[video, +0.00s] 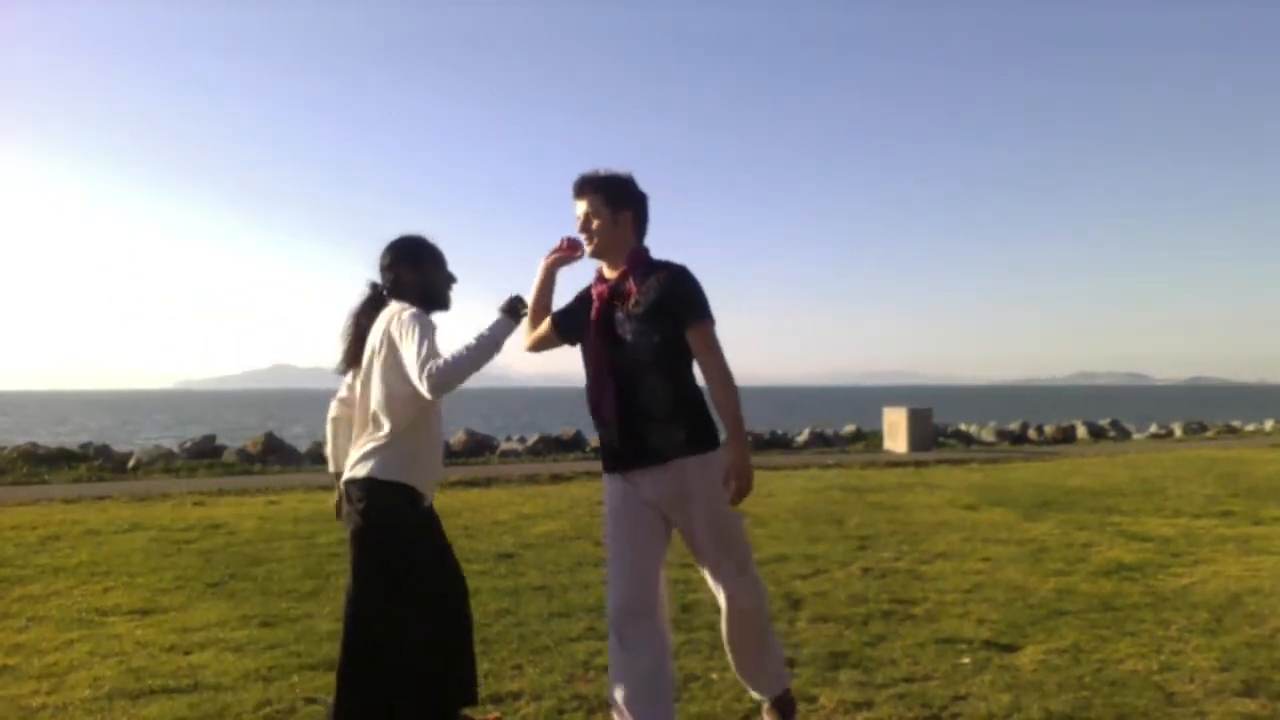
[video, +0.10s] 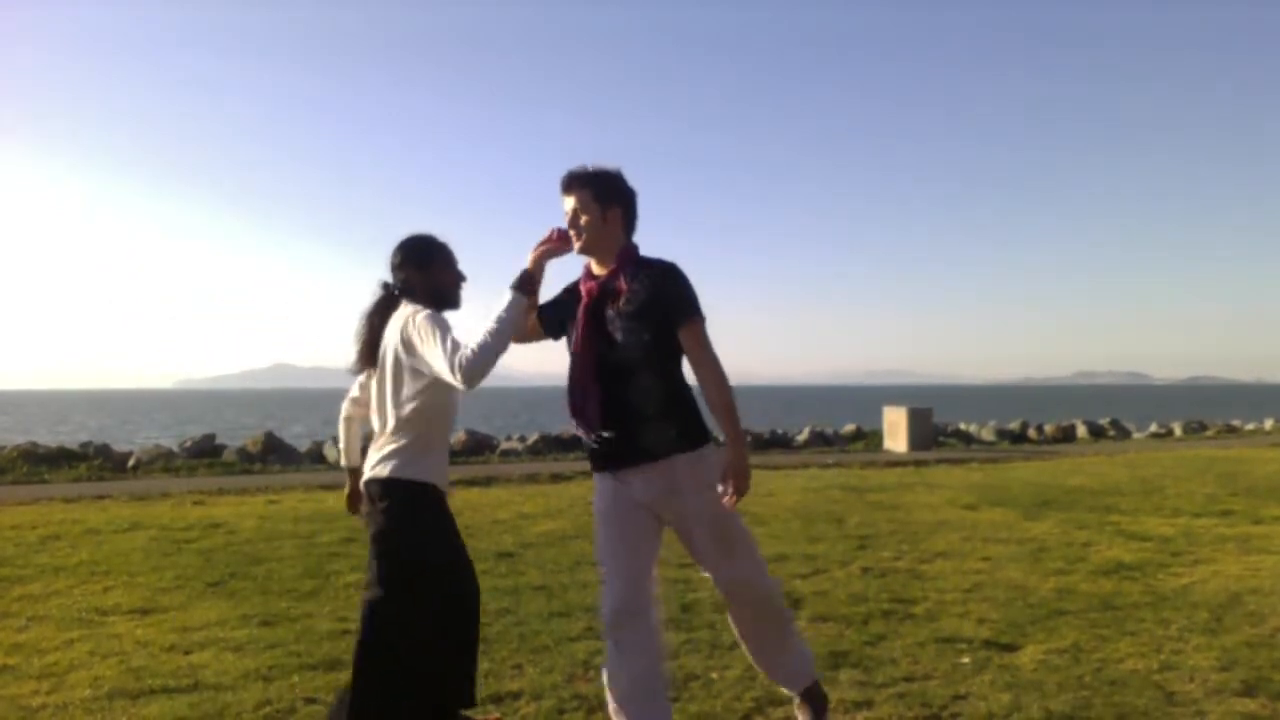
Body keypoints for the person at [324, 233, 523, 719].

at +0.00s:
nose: (450, 274)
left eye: (446, 265)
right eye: (438, 265)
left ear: (397, 277)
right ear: (404, 272)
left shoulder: (381, 324)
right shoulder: (408, 317)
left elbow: (341, 408)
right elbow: (432, 379)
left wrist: (343, 479)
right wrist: (502, 325)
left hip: (365, 488)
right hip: (392, 492)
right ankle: (428, 707)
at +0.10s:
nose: (460, 274)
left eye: (456, 265)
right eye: (450, 265)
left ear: (413, 278)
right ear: (419, 274)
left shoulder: (397, 325)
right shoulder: (418, 319)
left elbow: (354, 406)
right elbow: (464, 369)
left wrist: (353, 474)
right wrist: (521, 299)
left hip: (391, 485)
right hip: (406, 489)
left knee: (456, 593)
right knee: (403, 606)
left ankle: (440, 704)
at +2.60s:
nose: (360, 285)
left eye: (368, 272)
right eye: (358, 274)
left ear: (405, 269)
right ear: (409, 275)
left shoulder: (408, 323)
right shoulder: (456, 322)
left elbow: (357, 390)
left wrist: (254, 443)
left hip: (409, 513)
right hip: (453, 511)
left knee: (339, 654)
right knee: (423, 656)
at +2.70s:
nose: (370, 284)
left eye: (379, 271)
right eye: (363, 274)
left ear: (412, 267)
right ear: (359, 277)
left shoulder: (421, 321)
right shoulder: (442, 321)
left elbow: (400, 392)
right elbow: (493, 406)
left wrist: (306, 436)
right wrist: (508, 485)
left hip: (426, 515)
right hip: (447, 514)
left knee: (348, 654)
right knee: (425, 653)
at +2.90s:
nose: (390, 285)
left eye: (402, 274)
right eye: (379, 274)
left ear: (423, 276)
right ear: (366, 279)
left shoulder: (433, 333)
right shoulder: (388, 341)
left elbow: (461, 413)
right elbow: (418, 420)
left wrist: (391, 444)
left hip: (448, 508)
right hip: (413, 510)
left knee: (386, 648)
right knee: (411, 651)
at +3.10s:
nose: (433, 296)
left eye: (437, 283)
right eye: (421, 284)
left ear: (441, 281)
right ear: (381, 282)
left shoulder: (450, 340)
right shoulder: (341, 322)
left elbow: (486, 412)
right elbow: (286, 371)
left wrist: (487, 436)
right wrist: (272, 444)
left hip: (439, 524)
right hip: (370, 525)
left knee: (431, 658)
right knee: (356, 662)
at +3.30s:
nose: (454, 292)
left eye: (453, 279)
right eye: (444, 278)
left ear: (399, 281)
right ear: (397, 278)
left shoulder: (437, 344)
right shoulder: (327, 324)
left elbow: (472, 412)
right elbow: (226, 359)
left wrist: (522, 431)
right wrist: (178, 455)